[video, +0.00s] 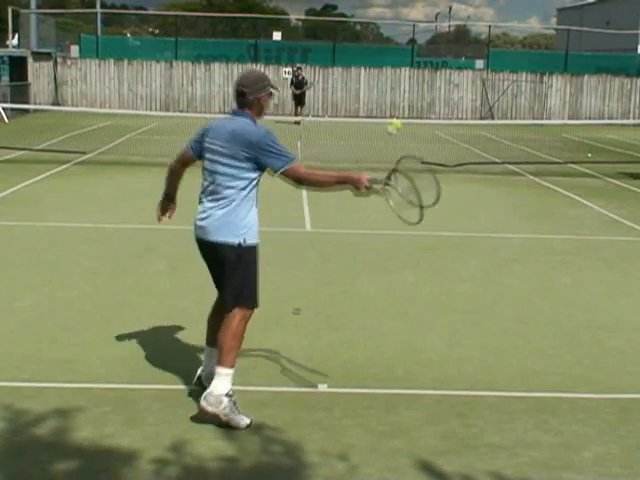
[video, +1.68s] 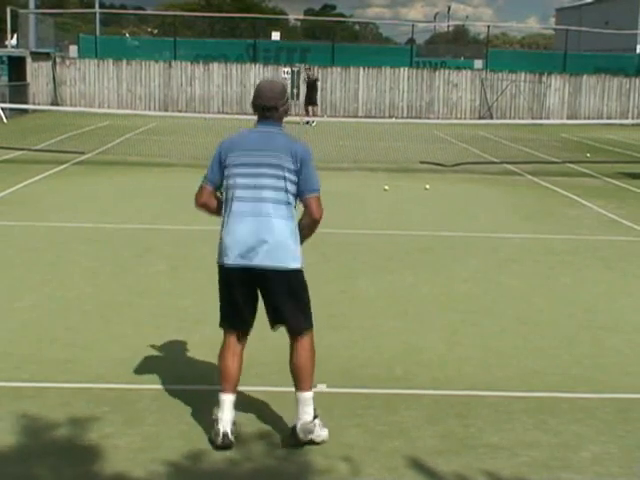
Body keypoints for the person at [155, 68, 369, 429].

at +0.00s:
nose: (269, 101)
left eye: (268, 96)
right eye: (267, 96)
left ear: (240, 97)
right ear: (257, 98)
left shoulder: (212, 128)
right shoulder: (256, 135)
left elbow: (179, 163)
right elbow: (299, 175)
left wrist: (168, 196)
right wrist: (349, 179)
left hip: (207, 232)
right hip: (236, 237)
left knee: (226, 299)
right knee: (242, 308)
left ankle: (209, 368)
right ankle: (218, 394)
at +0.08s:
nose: (261, 97)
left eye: (260, 91)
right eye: (260, 92)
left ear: (229, 94)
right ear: (252, 94)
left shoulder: (205, 127)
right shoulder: (262, 126)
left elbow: (175, 173)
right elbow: (298, 159)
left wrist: (175, 206)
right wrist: (328, 156)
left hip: (212, 228)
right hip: (246, 231)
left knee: (219, 297)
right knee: (246, 304)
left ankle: (207, 367)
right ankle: (226, 386)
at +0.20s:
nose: (256, 91)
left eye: (251, 85)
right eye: (254, 87)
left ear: (223, 92)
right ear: (251, 91)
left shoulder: (204, 132)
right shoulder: (265, 122)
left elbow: (183, 188)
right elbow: (283, 142)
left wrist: (195, 214)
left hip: (221, 231)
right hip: (261, 229)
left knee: (219, 298)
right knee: (260, 303)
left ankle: (211, 370)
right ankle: (250, 381)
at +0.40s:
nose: (239, 99)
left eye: (233, 95)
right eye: (251, 94)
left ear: (229, 97)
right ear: (259, 96)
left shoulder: (218, 136)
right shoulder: (274, 128)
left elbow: (204, 195)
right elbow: (251, 133)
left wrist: (197, 222)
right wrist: (223, 125)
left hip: (234, 236)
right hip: (275, 233)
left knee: (225, 305)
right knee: (287, 306)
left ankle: (218, 379)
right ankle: (295, 384)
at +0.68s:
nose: (248, 105)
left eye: (247, 101)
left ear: (247, 104)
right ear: (276, 102)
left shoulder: (244, 142)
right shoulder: (295, 135)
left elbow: (232, 197)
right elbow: (279, 182)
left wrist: (206, 203)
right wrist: (237, 180)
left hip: (262, 243)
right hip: (302, 240)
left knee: (238, 306)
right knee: (302, 309)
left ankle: (237, 383)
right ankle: (319, 385)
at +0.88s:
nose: (254, 109)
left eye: (248, 104)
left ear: (246, 107)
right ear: (277, 106)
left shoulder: (234, 144)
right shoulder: (298, 140)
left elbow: (219, 204)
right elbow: (316, 194)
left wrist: (209, 202)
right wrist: (283, 204)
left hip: (255, 253)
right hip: (298, 249)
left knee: (257, 323)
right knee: (312, 318)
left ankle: (273, 405)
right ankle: (330, 389)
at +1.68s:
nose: (280, 111)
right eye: (283, 106)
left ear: (253, 109)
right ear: (284, 110)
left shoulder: (229, 146)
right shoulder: (298, 150)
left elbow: (204, 199)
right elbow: (314, 213)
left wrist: (236, 211)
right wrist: (294, 239)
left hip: (235, 255)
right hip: (280, 256)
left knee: (235, 333)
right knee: (301, 332)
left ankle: (223, 422)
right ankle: (305, 420)